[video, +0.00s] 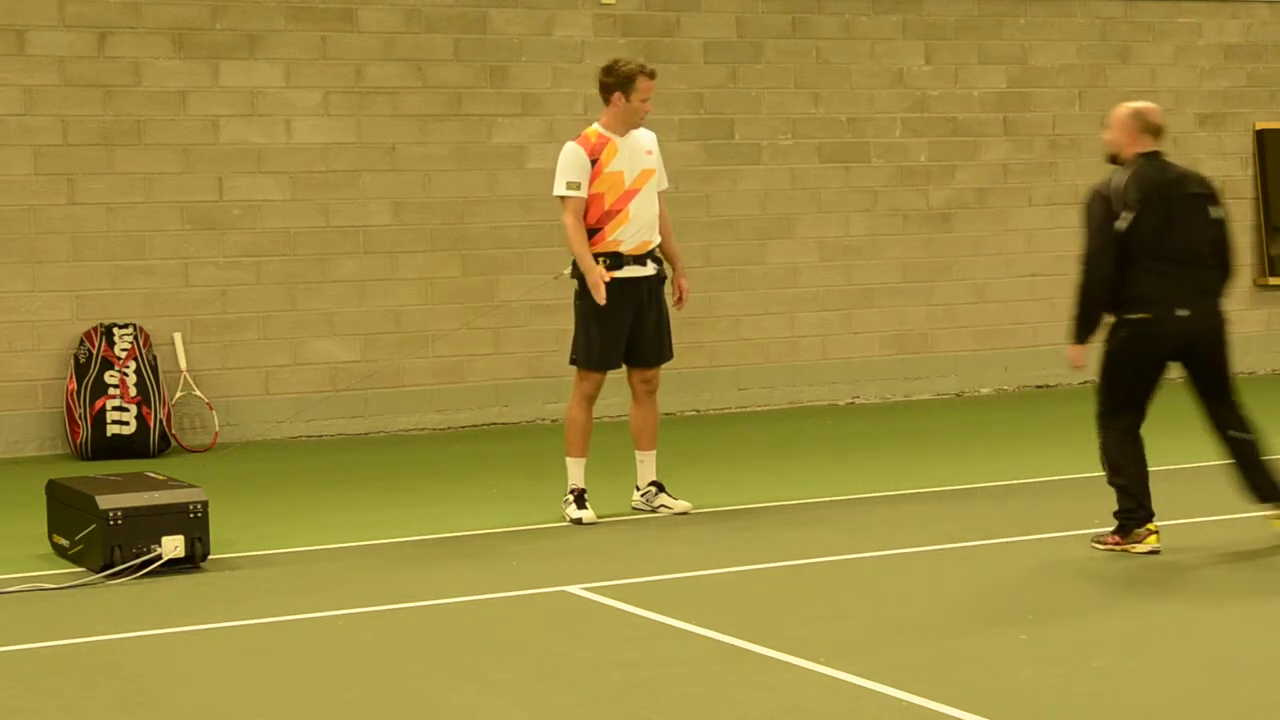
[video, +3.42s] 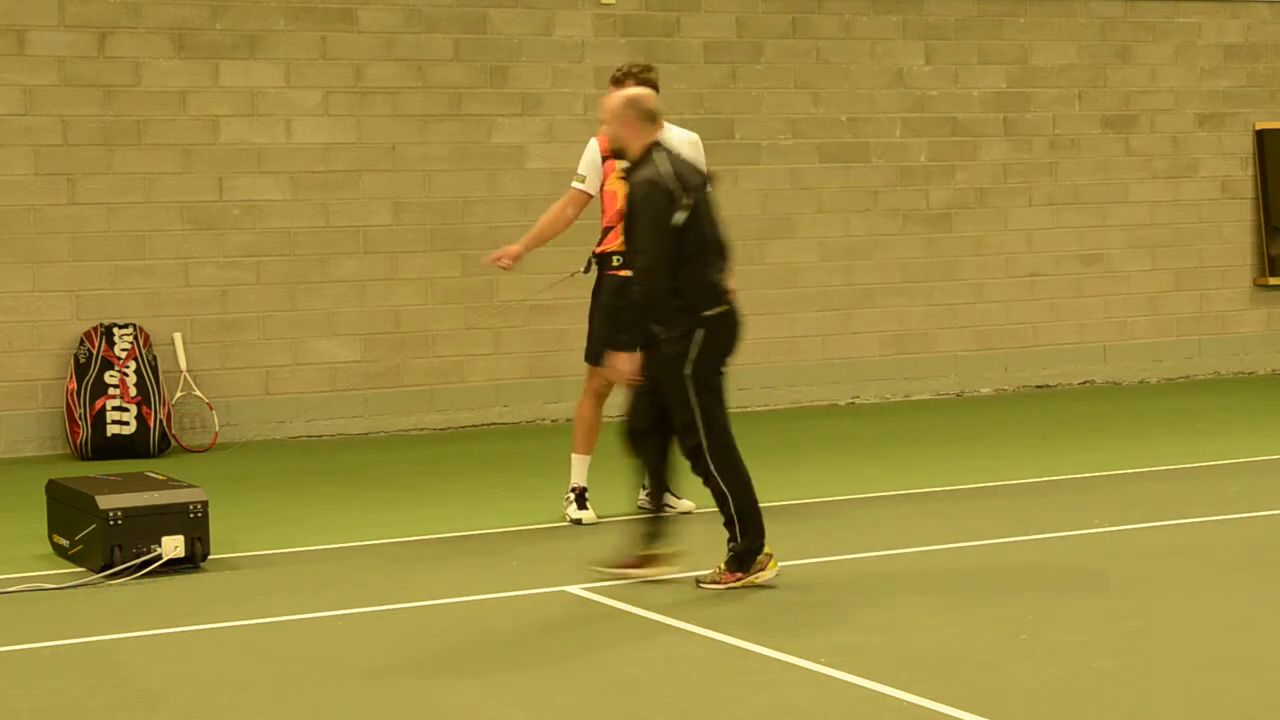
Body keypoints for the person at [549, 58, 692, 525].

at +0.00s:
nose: (649, 108)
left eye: (651, 100)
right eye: (643, 101)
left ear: (628, 100)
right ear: (616, 99)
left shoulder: (647, 141)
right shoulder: (580, 150)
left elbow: (657, 209)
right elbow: (571, 216)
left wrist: (676, 266)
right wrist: (589, 269)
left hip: (648, 279)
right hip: (602, 281)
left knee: (646, 384)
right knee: (587, 388)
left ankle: (647, 487)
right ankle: (576, 492)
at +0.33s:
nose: (651, 105)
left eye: (652, 98)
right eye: (646, 98)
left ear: (633, 99)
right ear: (618, 98)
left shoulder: (650, 143)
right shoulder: (579, 149)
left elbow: (677, 204)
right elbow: (568, 215)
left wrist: (721, 243)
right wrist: (582, 266)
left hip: (647, 281)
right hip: (601, 282)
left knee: (646, 383)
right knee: (586, 388)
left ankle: (647, 488)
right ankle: (575, 494)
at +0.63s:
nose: (648, 105)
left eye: (649, 98)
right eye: (642, 98)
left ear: (632, 99)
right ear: (615, 98)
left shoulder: (652, 142)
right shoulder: (578, 149)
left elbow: (706, 177)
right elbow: (568, 213)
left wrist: (768, 198)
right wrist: (577, 266)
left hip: (646, 279)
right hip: (599, 280)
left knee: (646, 383)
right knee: (587, 387)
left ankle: (648, 487)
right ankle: (576, 493)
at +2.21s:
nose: (620, 113)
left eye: (626, 105)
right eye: (611, 105)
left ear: (634, 101)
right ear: (594, 101)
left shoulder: (651, 143)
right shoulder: (574, 151)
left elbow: (686, 197)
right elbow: (556, 214)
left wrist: (733, 239)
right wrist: (553, 263)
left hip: (645, 280)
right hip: (597, 282)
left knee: (645, 384)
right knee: (586, 387)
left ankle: (647, 487)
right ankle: (575, 493)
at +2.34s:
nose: (617, 113)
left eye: (623, 105)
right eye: (609, 105)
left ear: (631, 101)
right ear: (591, 101)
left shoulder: (649, 142)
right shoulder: (572, 151)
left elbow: (663, 207)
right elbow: (553, 213)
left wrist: (680, 262)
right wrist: (543, 263)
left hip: (646, 279)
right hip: (598, 282)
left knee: (646, 383)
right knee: (586, 387)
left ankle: (647, 487)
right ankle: (576, 492)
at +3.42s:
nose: (617, 110)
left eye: (625, 102)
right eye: (614, 101)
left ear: (645, 102)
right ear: (611, 101)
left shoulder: (683, 143)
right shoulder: (603, 146)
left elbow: (703, 218)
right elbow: (571, 205)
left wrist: (719, 274)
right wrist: (523, 245)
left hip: (668, 278)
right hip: (617, 277)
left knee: (662, 384)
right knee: (598, 383)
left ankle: (656, 487)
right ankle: (577, 489)